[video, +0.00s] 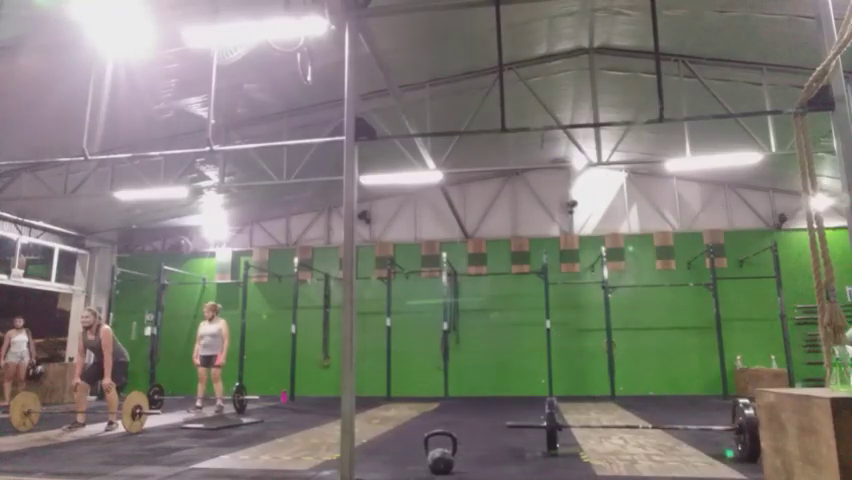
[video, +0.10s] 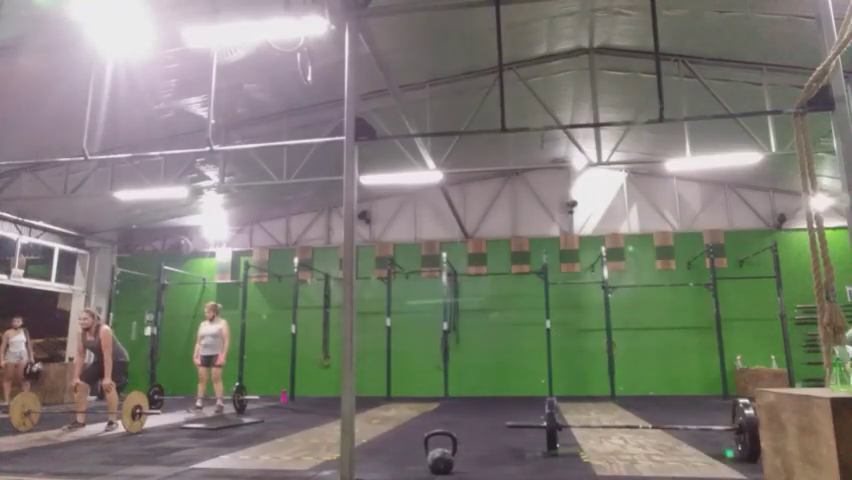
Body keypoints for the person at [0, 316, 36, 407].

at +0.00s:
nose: (18, 323)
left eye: (20, 321)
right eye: (16, 321)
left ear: (23, 322)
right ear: (14, 323)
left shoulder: (27, 332)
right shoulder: (10, 333)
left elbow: (31, 345)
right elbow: (5, 346)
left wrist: (33, 358)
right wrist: (2, 358)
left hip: (24, 357)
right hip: (11, 357)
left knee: (22, 379)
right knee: (8, 379)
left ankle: (22, 399)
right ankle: (7, 400)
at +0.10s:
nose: (16, 323)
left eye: (18, 321)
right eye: (14, 321)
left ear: (22, 322)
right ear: (11, 322)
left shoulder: (24, 332)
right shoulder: (8, 333)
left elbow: (29, 344)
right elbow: (3, 346)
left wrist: (31, 357)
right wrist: (2, 358)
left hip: (23, 358)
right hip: (10, 359)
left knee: (25, 379)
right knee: (7, 379)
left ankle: (26, 399)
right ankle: (7, 400)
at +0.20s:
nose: (17, 323)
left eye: (19, 321)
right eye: (15, 321)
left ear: (22, 322)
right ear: (12, 322)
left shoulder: (25, 331)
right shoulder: (8, 333)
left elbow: (31, 344)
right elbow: (5, 347)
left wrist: (32, 357)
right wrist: (4, 360)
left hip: (24, 358)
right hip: (12, 358)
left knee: (26, 379)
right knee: (8, 379)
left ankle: (26, 399)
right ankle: (7, 400)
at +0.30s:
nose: (17, 323)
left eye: (19, 321)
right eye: (15, 321)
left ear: (22, 322)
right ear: (12, 322)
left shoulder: (26, 332)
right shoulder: (9, 333)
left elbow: (31, 344)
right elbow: (5, 347)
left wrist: (33, 357)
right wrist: (3, 359)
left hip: (25, 357)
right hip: (12, 358)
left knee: (26, 378)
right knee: (9, 379)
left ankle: (27, 399)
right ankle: (7, 400)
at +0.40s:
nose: (17, 323)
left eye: (18, 321)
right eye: (15, 321)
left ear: (22, 323)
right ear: (12, 323)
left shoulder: (26, 331)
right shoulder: (9, 333)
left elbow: (31, 345)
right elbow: (5, 347)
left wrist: (33, 358)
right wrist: (5, 359)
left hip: (25, 357)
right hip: (12, 358)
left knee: (26, 379)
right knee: (9, 379)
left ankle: (26, 399)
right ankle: (7, 400)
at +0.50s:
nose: (16, 323)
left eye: (18, 321)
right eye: (15, 321)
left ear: (22, 322)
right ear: (12, 322)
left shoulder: (26, 331)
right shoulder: (9, 333)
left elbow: (31, 345)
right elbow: (5, 347)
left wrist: (33, 357)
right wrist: (4, 359)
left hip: (25, 358)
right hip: (11, 358)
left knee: (26, 379)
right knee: (8, 379)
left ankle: (26, 399)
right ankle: (7, 400)